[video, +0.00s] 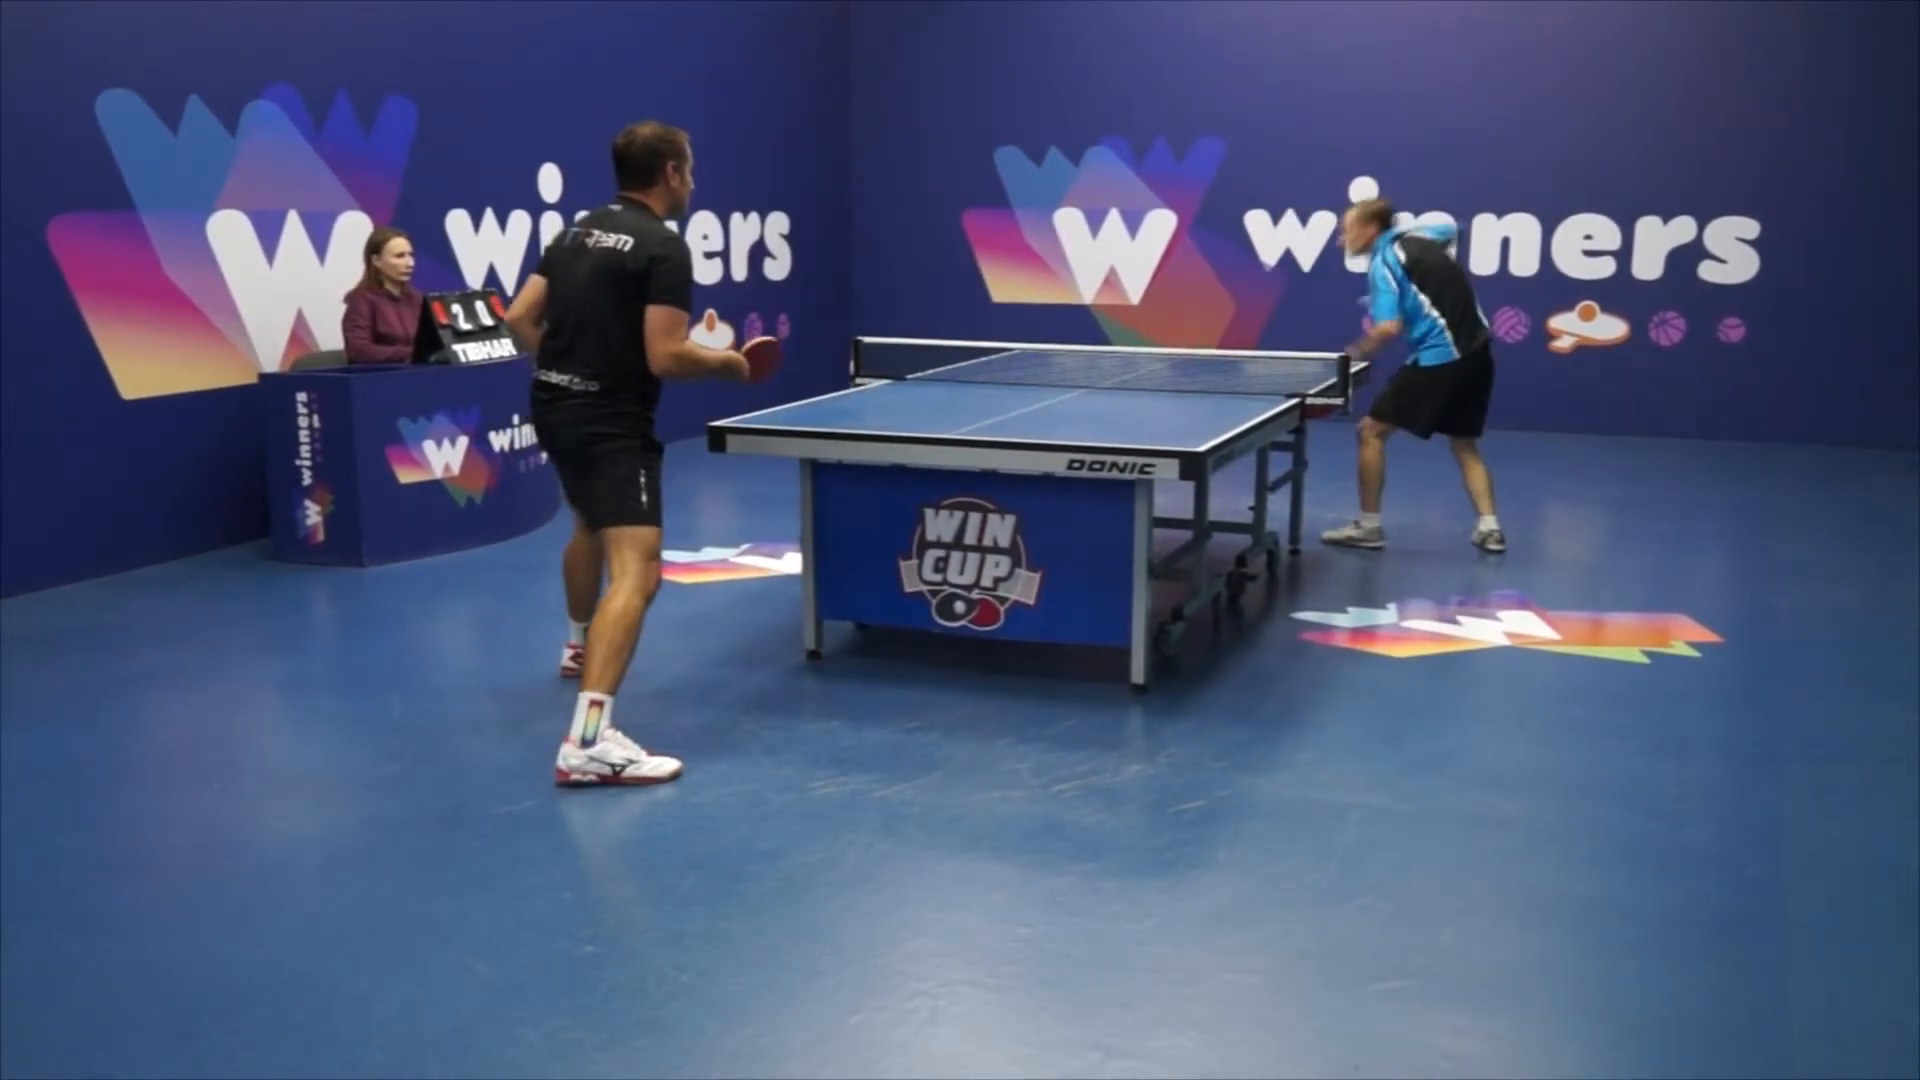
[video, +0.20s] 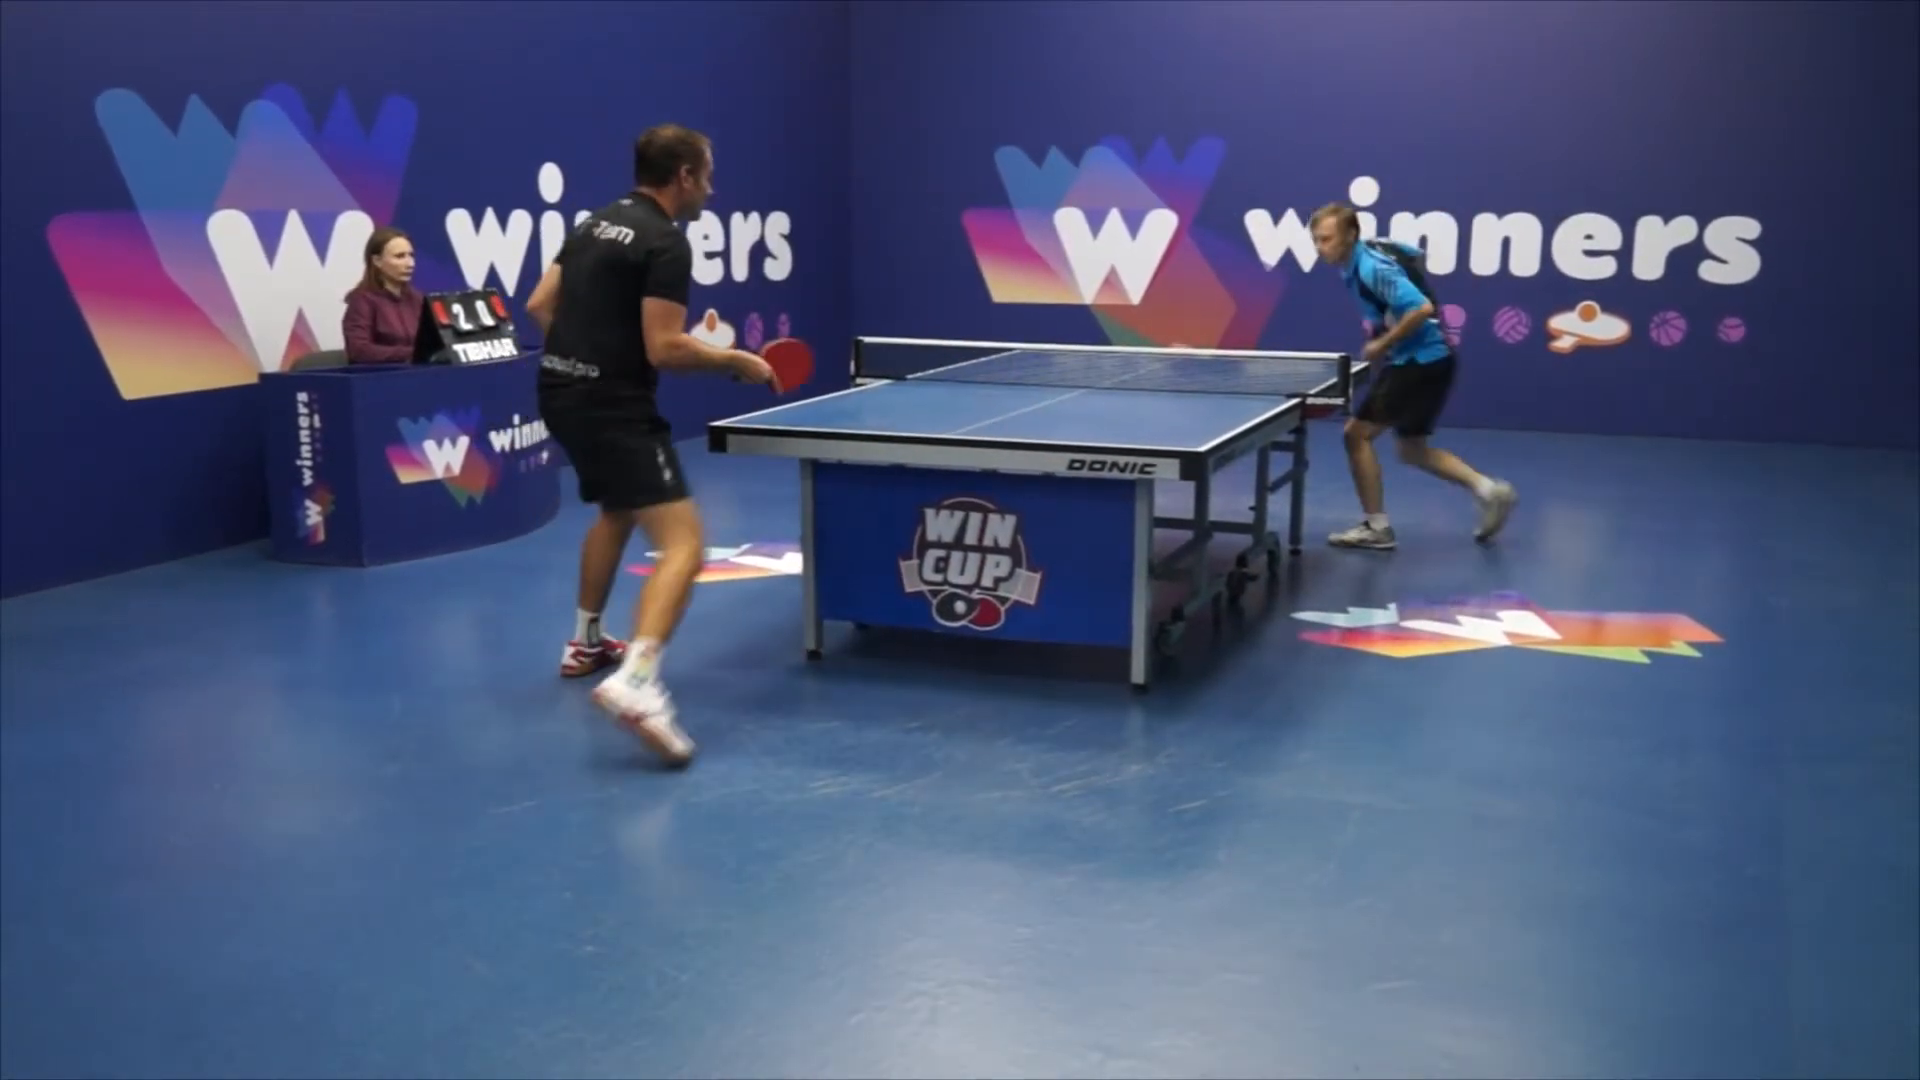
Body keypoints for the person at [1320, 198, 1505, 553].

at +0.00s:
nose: (1343, 238)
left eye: (1348, 229)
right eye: (1344, 230)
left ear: (1371, 228)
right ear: (1379, 227)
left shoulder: (1382, 262)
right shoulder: (1420, 237)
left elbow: (1388, 327)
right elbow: (1450, 224)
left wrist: (1360, 349)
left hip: (1436, 360)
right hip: (1477, 355)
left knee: (1371, 432)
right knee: (1465, 445)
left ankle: (1368, 525)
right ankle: (1489, 526)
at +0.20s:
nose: (1321, 247)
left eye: (1327, 239)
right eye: (1317, 240)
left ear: (1350, 237)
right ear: (1316, 239)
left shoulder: (1373, 267)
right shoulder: (1358, 263)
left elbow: (1422, 308)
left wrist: (1382, 342)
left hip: (1420, 362)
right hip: (1425, 359)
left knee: (1356, 434)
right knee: (1412, 451)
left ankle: (1376, 525)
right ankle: (1490, 491)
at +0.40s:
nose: (1321, 212)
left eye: (1328, 205)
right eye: (1317, 205)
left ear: (1350, 206)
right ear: (1317, 205)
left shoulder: (1373, 237)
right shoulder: (1341, 237)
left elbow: (1420, 281)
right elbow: (1365, 270)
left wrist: (1377, 313)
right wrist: (1348, 288)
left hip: (1410, 336)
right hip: (1383, 336)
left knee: (1387, 420)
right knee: (1357, 415)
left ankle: (1384, 514)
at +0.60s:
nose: (1335, 223)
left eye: (1343, 216)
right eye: (1332, 216)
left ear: (1364, 217)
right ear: (1328, 216)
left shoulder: (1387, 257)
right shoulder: (1337, 254)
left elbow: (1415, 310)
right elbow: (1342, 297)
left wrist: (1368, 334)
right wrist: (1323, 314)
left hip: (1395, 364)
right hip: (1356, 361)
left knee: (1397, 440)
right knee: (1322, 425)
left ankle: (1462, 505)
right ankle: (1325, 489)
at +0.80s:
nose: (1356, 207)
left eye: (1364, 200)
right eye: (1352, 201)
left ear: (1386, 201)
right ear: (1351, 203)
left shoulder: (1414, 238)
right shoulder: (1361, 247)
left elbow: (1447, 286)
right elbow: (1357, 298)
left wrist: (1404, 318)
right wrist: (1329, 317)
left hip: (1440, 344)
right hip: (1400, 348)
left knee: (1450, 424)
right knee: (1361, 415)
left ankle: (1506, 500)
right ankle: (1363, 490)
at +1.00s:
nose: (1380, 222)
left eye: (1388, 215)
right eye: (1377, 216)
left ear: (1409, 214)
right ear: (1377, 218)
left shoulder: (1429, 248)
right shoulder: (1400, 257)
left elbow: (1449, 301)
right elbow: (1425, 308)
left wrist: (1407, 336)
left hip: (1481, 353)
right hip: (1445, 359)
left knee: (1493, 442)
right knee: (1413, 427)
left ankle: (1546, 516)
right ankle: (1401, 498)